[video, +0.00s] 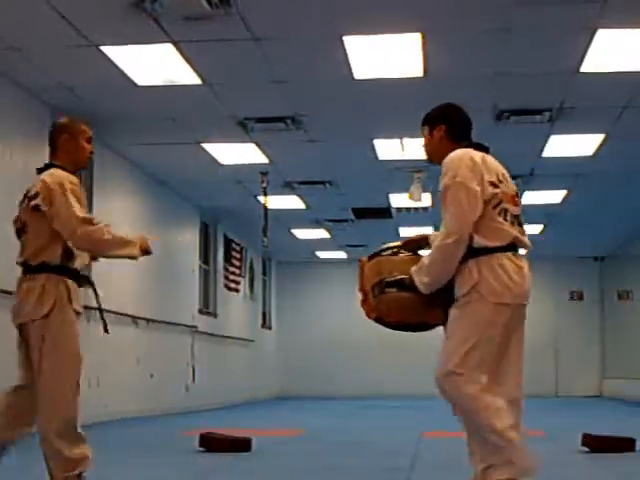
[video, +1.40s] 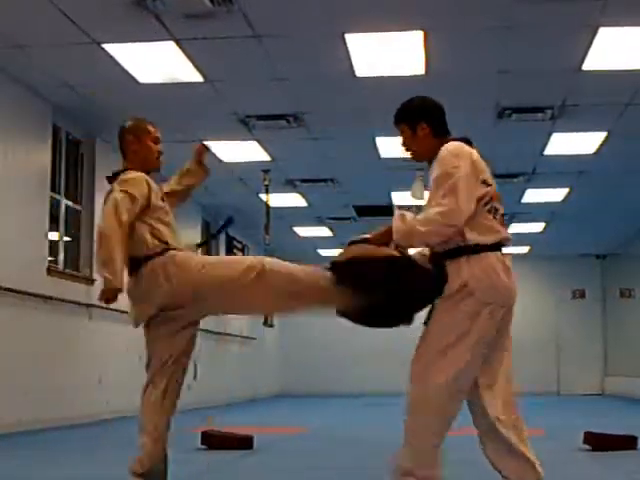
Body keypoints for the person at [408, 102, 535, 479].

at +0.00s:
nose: (424, 144)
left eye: (426, 135)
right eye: (424, 136)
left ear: (441, 132)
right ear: (459, 133)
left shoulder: (459, 161)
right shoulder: (488, 164)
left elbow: (456, 230)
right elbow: (481, 231)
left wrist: (423, 276)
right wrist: (427, 239)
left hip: (488, 276)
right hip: (513, 274)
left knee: (454, 374)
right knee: (501, 381)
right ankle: (495, 469)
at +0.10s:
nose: (411, 139)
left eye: (413, 130)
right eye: (411, 131)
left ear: (430, 128)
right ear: (447, 129)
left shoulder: (448, 159)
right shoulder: (477, 162)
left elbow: (436, 230)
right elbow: (465, 229)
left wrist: (399, 272)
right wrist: (411, 236)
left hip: (470, 280)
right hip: (497, 279)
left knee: (429, 372)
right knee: (490, 385)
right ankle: (497, 471)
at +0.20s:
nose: (399, 137)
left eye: (402, 128)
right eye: (400, 129)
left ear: (417, 126)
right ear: (437, 128)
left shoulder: (434, 159)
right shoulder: (465, 163)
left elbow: (415, 229)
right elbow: (442, 227)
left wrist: (374, 269)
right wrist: (391, 232)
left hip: (453, 281)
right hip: (481, 277)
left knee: (415, 377)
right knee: (481, 385)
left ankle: (369, 470)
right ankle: (496, 471)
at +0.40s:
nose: (360, 135)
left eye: (364, 126)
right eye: (361, 127)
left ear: (379, 126)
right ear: (397, 129)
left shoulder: (391, 163)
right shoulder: (426, 164)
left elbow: (368, 235)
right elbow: (401, 226)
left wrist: (326, 276)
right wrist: (349, 233)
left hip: (413, 283)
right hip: (447, 279)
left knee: (381, 380)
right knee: (458, 386)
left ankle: (365, 472)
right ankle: (488, 472)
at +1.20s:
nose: (355, 150)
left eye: (356, 140)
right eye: (353, 142)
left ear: (375, 135)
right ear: (391, 135)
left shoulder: (393, 170)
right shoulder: (428, 167)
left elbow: (385, 237)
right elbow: (411, 236)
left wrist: (335, 236)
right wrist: (352, 250)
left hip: (416, 283)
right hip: (448, 277)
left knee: (367, 378)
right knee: (456, 386)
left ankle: (363, 471)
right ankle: (514, 467)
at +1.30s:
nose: (383, 148)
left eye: (383, 138)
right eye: (380, 141)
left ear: (402, 130)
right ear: (410, 131)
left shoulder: (426, 158)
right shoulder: (445, 160)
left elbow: (419, 223)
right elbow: (433, 231)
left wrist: (380, 217)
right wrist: (387, 233)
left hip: (444, 277)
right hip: (469, 275)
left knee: (401, 383)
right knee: (474, 389)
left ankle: (369, 472)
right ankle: (522, 473)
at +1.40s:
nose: (404, 146)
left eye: (406, 136)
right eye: (402, 138)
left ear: (425, 129)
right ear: (433, 130)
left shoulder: (453, 155)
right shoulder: (463, 158)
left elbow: (446, 221)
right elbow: (449, 235)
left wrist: (396, 231)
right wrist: (399, 252)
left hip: (474, 275)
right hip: (492, 273)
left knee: (433, 378)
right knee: (489, 388)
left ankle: (415, 471)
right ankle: (523, 472)